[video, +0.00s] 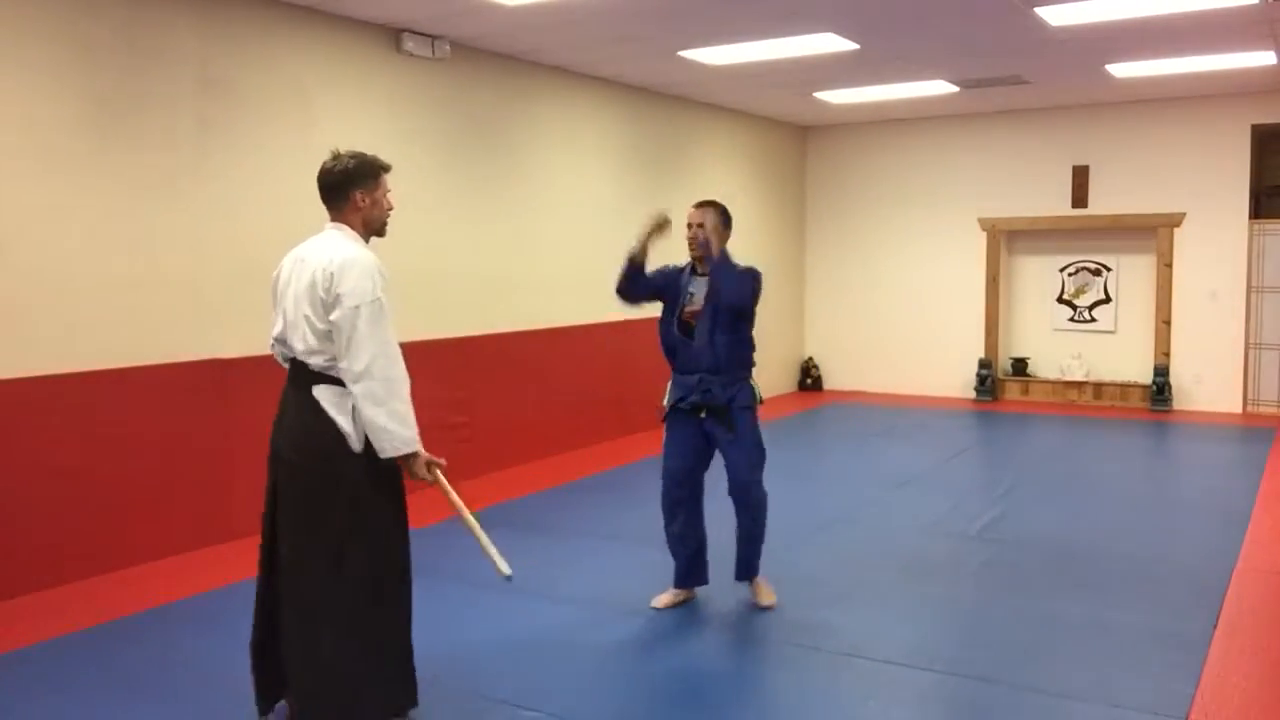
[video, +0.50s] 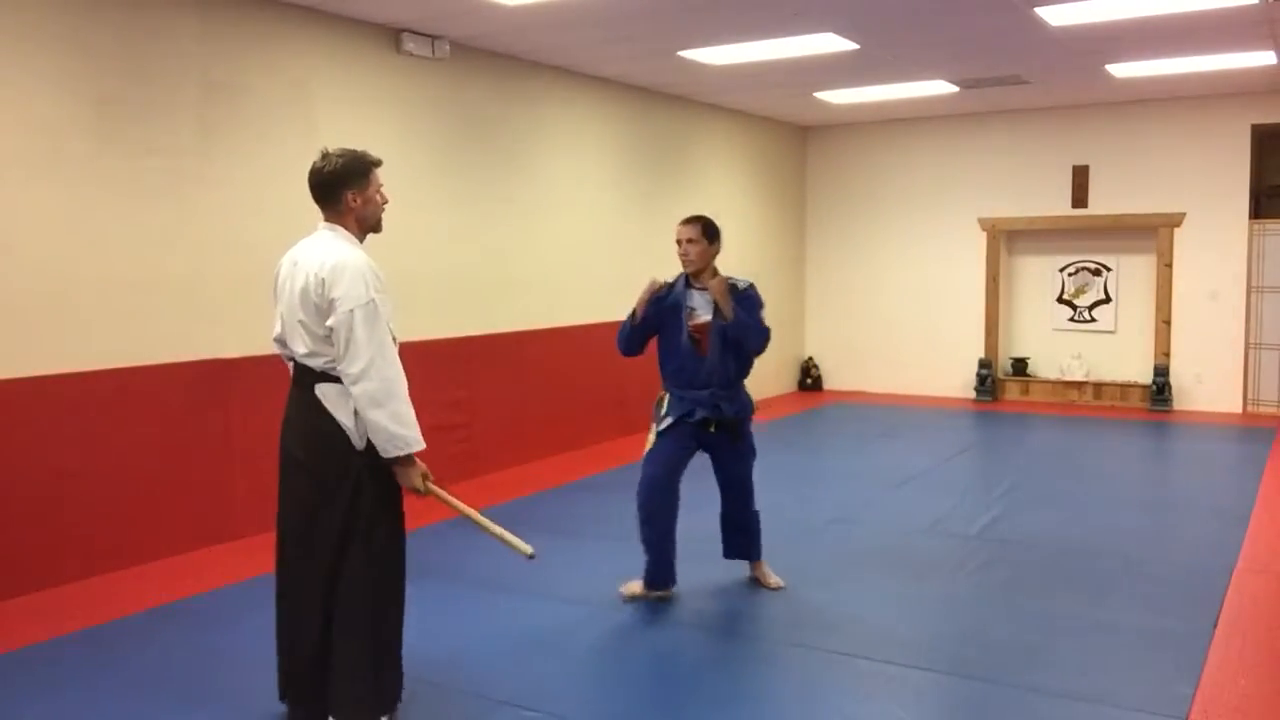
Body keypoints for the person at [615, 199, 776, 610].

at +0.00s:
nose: (692, 233)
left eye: (702, 227)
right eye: (689, 226)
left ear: (723, 234)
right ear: (685, 234)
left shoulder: (744, 278)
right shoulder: (675, 278)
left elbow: (736, 300)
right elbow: (629, 291)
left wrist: (717, 253)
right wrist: (640, 250)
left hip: (733, 405)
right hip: (686, 406)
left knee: (748, 487)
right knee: (677, 491)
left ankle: (752, 576)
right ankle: (685, 583)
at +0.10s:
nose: (693, 237)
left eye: (702, 231)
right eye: (690, 230)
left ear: (725, 236)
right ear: (686, 235)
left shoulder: (746, 286)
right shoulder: (676, 282)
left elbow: (740, 339)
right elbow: (637, 324)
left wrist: (723, 284)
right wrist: (658, 286)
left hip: (735, 408)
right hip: (687, 408)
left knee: (749, 488)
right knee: (676, 492)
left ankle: (756, 560)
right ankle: (686, 583)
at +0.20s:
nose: (696, 242)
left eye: (705, 235)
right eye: (693, 235)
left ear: (727, 240)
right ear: (690, 240)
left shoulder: (753, 289)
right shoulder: (680, 287)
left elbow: (750, 345)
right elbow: (645, 336)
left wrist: (726, 299)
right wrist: (660, 297)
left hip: (739, 408)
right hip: (691, 407)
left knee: (747, 489)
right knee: (676, 487)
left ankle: (757, 560)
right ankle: (684, 584)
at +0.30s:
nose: (698, 246)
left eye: (706, 239)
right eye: (694, 240)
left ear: (729, 243)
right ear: (691, 244)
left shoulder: (756, 292)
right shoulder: (680, 291)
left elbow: (760, 344)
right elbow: (645, 342)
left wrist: (735, 297)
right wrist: (658, 301)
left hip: (741, 411)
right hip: (692, 410)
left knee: (748, 493)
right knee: (671, 488)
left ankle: (758, 564)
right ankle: (680, 583)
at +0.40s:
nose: (694, 247)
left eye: (702, 239)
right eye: (690, 240)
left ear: (725, 243)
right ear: (688, 245)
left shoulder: (753, 291)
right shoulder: (677, 291)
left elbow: (762, 341)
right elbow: (641, 344)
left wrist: (735, 300)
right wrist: (653, 305)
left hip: (736, 411)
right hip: (687, 410)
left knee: (744, 494)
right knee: (665, 488)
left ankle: (757, 564)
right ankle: (670, 583)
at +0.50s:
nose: (683, 250)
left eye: (691, 243)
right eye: (679, 244)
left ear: (713, 247)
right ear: (676, 249)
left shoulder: (742, 294)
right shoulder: (666, 296)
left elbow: (757, 344)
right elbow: (627, 347)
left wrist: (727, 305)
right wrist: (641, 308)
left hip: (730, 413)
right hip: (681, 414)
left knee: (740, 491)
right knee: (654, 483)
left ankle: (757, 565)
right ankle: (658, 581)